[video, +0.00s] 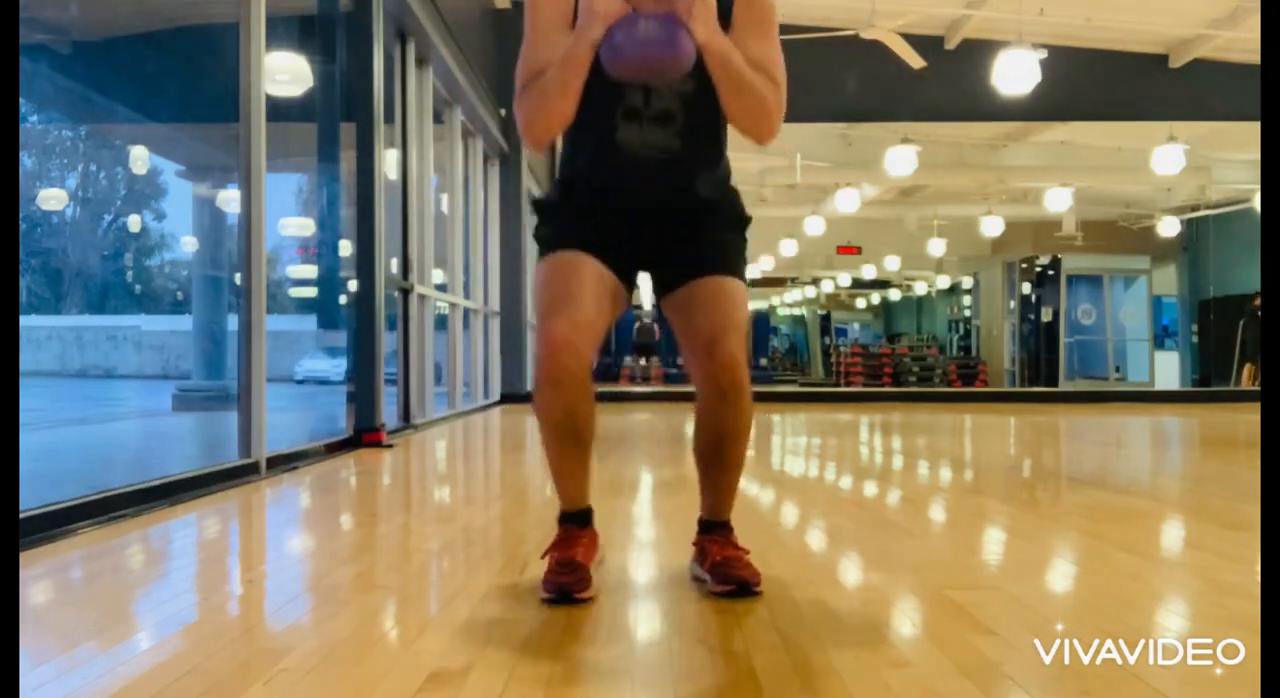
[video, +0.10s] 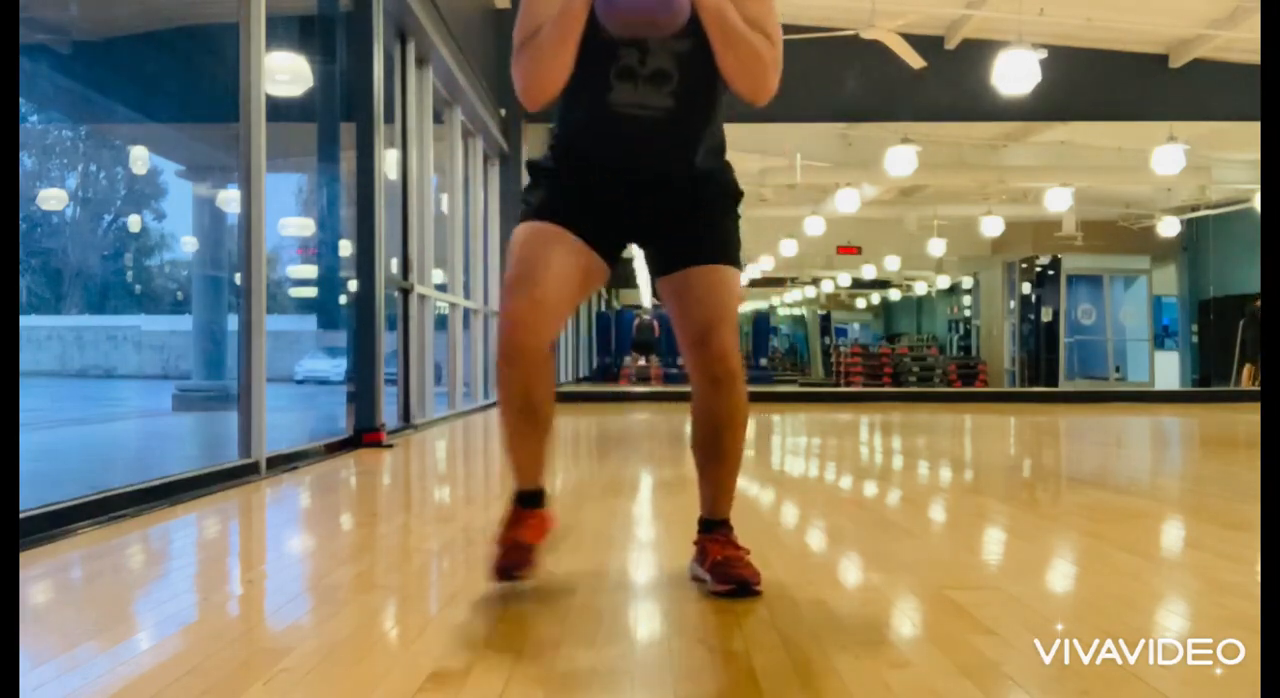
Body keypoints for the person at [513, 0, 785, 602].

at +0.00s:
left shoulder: (741, 5)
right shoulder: (558, 4)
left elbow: (764, 120)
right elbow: (536, 125)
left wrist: (707, 28)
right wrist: (590, 26)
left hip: (696, 208)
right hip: (591, 206)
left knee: (726, 366)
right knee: (559, 350)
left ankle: (716, 535)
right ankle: (574, 530)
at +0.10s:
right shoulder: (557, 0)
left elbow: (760, 84)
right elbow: (533, 89)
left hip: (690, 184)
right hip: (582, 177)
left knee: (718, 355)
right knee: (521, 320)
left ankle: (716, 534)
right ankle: (528, 502)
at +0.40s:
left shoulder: (681, 4)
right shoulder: (490, 2)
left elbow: (699, 82)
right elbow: (466, 79)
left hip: (619, 191)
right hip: (505, 183)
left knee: (672, 360)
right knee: (399, 332)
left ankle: (714, 537)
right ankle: (291, 507)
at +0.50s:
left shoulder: (633, 3)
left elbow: (655, 108)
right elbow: (415, 99)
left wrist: (600, 15)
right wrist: (479, 6)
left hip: (571, 208)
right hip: (456, 202)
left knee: (641, 364)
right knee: (347, 359)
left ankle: (711, 537)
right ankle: (257, 531)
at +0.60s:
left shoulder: (578, 18)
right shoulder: (394, 5)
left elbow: (603, 148)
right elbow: (357, 128)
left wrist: (548, 49)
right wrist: (430, 43)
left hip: (518, 234)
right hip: (400, 229)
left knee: (603, 373)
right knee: (295, 373)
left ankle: (706, 535)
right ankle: (249, 544)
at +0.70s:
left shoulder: (535, 52)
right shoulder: (350, 29)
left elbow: (558, 187)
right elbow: (307, 164)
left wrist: (508, 101)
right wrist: (380, 82)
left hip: (476, 265)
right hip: (357, 258)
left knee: (580, 390)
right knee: (255, 382)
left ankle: (703, 536)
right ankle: (246, 545)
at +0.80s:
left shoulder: (502, 85)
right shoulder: (314, 68)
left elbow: (526, 223)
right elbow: (272, 203)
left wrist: (467, 134)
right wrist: (342, 124)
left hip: (451, 287)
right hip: (333, 281)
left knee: (561, 403)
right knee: (235, 383)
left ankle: (702, 536)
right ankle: (243, 546)